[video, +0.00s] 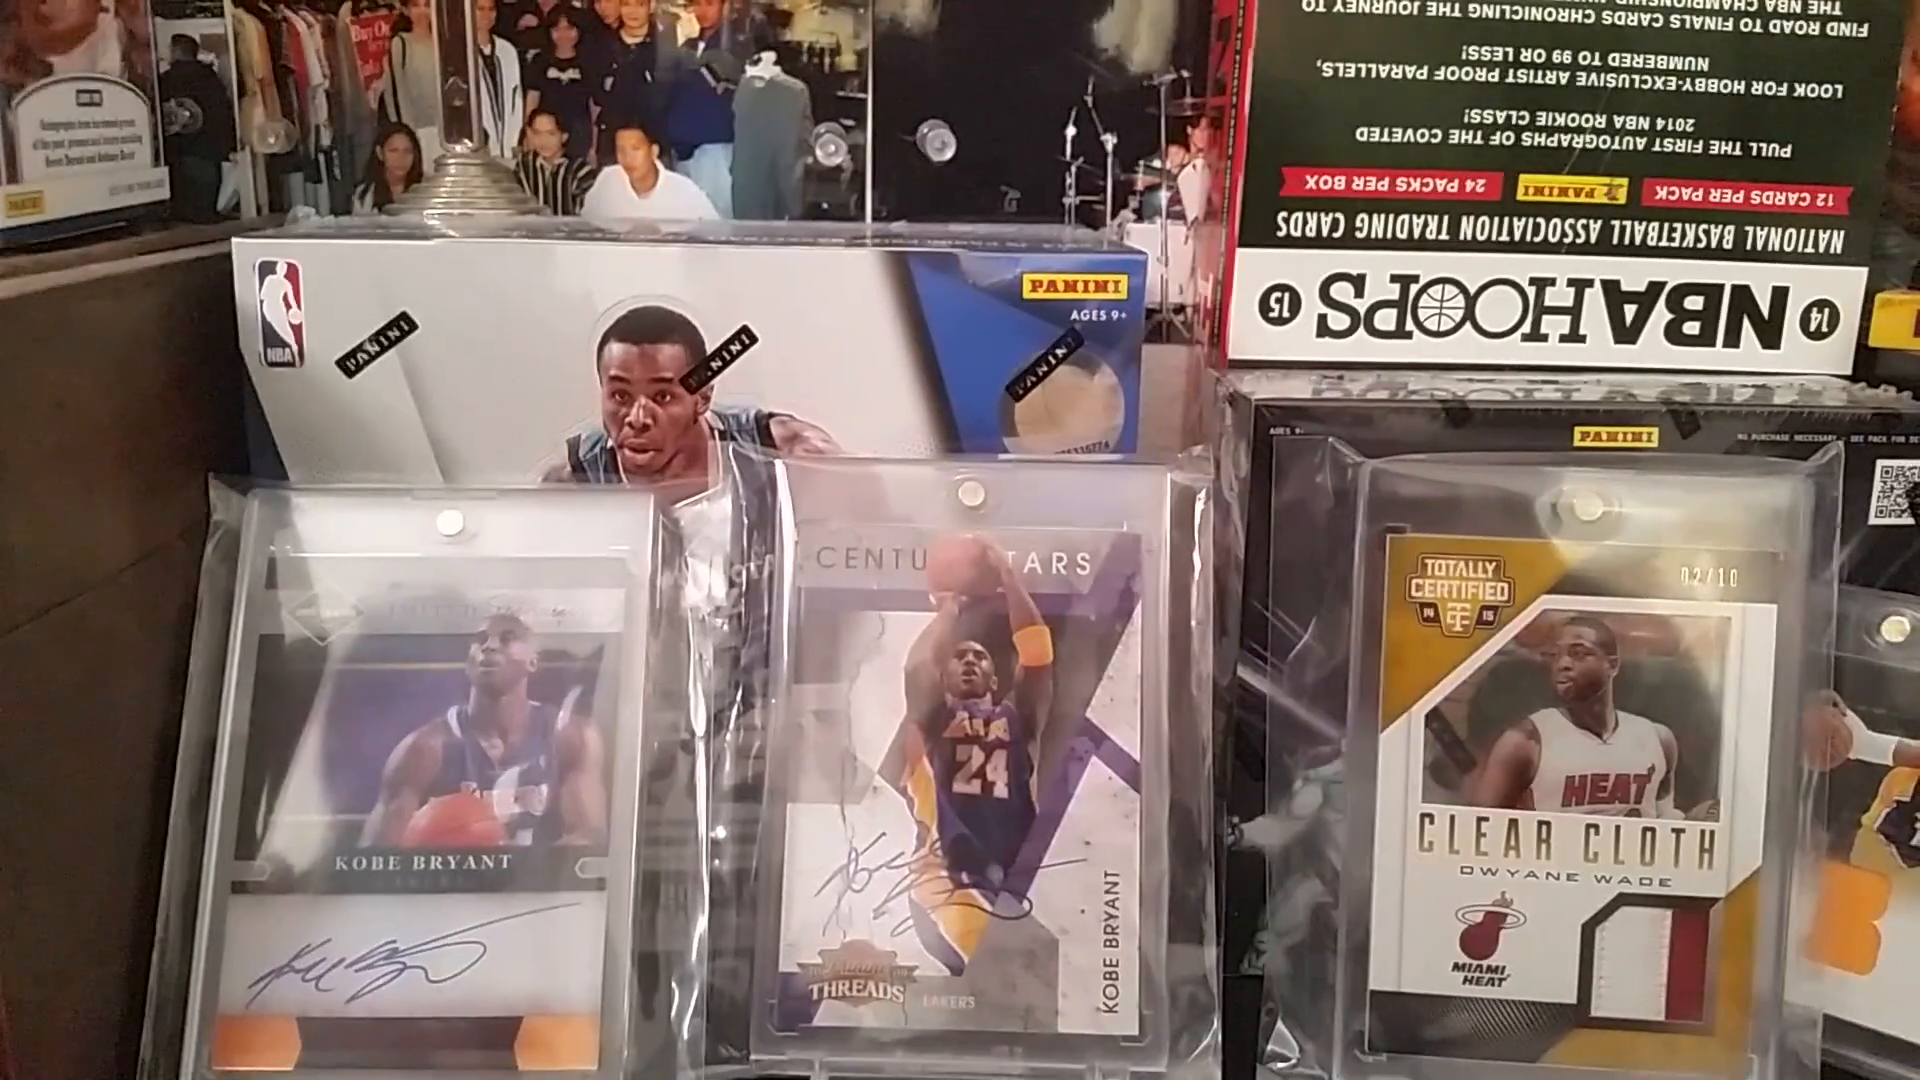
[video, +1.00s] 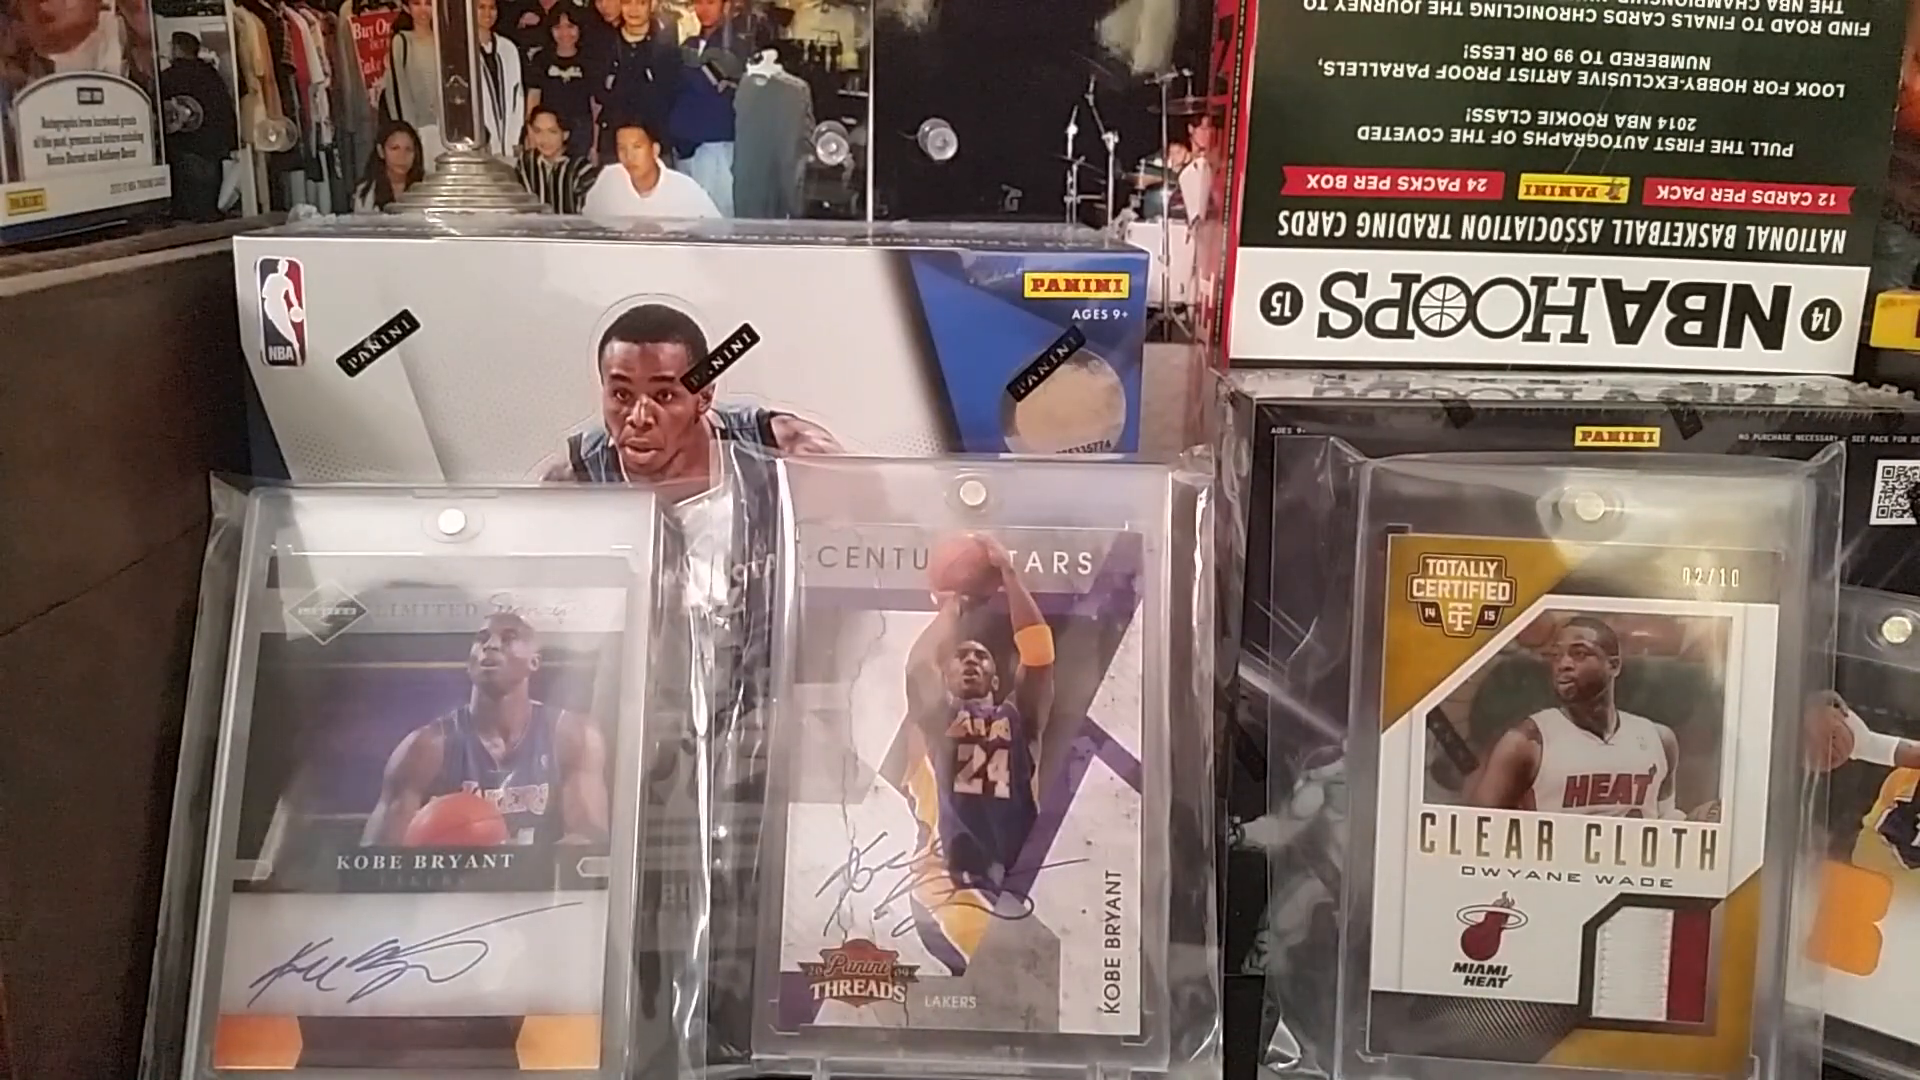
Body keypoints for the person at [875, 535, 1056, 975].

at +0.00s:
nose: (971, 660)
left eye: (980, 656)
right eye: (958, 655)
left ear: (995, 674)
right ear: (941, 673)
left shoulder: (1019, 719)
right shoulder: (931, 719)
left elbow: (1034, 650)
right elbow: (917, 667)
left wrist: (1007, 573)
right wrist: (949, 607)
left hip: (1012, 877)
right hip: (945, 876)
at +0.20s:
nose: (971, 661)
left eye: (981, 656)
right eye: (960, 656)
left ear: (996, 674)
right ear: (944, 674)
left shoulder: (1020, 719)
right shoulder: (932, 718)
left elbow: (1036, 652)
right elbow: (919, 665)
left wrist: (1010, 574)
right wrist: (950, 607)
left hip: (1011, 881)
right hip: (946, 880)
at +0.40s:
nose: (973, 660)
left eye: (982, 656)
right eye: (961, 655)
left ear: (997, 675)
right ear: (943, 673)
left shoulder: (1020, 719)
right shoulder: (933, 717)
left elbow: (1036, 651)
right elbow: (919, 666)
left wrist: (1009, 573)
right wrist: (952, 604)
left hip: (1009, 880)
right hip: (945, 879)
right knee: (1005, 970)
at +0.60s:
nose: (971, 662)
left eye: (981, 657)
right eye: (960, 656)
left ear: (996, 675)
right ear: (944, 675)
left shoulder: (1021, 717)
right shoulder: (935, 718)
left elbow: (1038, 652)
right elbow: (920, 664)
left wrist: (1007, 571)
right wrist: (951, 607)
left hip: (1011, 877)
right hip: (945, 877)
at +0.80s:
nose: (970, 662)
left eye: (981, 657)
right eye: (959, 656)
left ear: (996, 675)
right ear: (944, 675)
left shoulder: (1021, 716)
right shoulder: (937, 721)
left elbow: (1038, 652)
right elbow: (919, 665)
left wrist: (1008, 571)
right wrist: (951, 608)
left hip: (1015, 874)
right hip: (949, 877)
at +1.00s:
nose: (970, 661)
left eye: (981, 657)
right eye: (960, 656)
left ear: (996, 675)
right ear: (945, 675)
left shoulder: (1020, 716)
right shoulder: (938, 720)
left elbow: (1037, 652)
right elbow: (919, 664)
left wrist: (1008, 571)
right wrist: (952, 605)